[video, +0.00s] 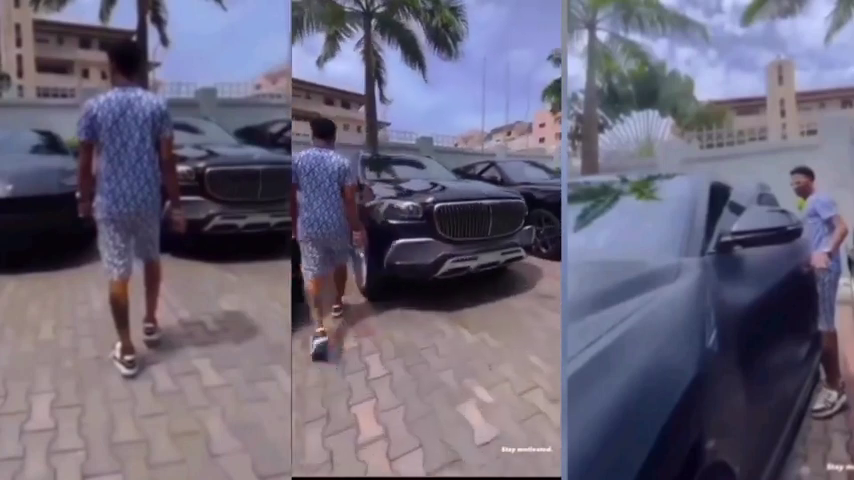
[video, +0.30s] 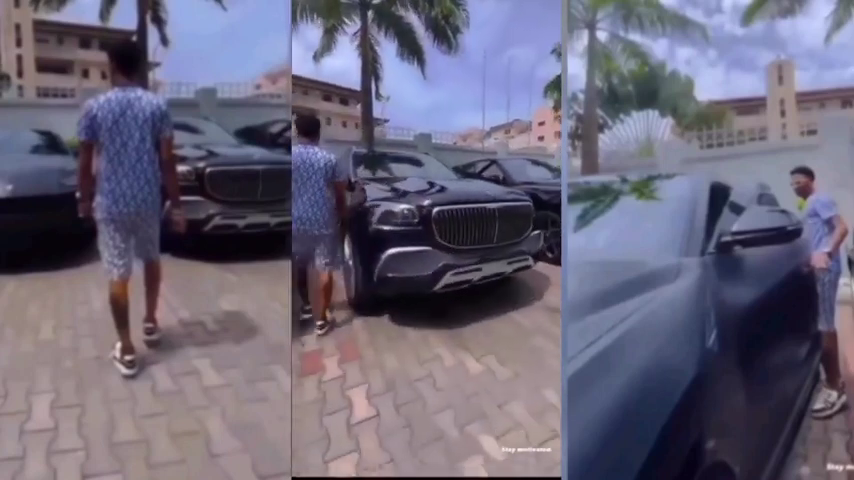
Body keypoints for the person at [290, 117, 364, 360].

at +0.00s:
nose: (325, 141)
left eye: (319, 135)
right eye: (330, 137)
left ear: (313, 135)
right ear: (334, 137)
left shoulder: (299, 160)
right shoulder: (342, 163)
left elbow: (293, 197)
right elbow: (349, 198)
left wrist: (295, 226)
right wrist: (356, 225)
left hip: (308, 226)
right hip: (336, 225)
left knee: (313, 277)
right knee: (340, 263)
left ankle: (319, 327)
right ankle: (338, 301)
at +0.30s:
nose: (298, 134)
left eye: (297, 130)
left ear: (297, 132)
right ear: (318, 132)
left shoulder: (289, 156)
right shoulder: (328, 159)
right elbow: (339, 193)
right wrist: (342, 216)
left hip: (296, 221)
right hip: (324, 221)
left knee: (299, 266)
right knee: (324, 269)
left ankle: (301, 306)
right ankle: (322, 318)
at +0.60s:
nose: (303, 139)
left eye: (297, 135)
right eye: (308, 134)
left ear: (294, 136)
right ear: (315, 135)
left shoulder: (289, 160)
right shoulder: (325, 161)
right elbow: (336, 190)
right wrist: (335, 206)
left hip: (299, 222)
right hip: (324, 221)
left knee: (307, 264)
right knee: (327, 267)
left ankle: (317, 297)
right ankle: (323, 320)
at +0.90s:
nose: (323, 138)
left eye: (317, 134)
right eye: (328, 134)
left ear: (311, 135)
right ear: (331, 135)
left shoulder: (300, 159)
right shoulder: (340, 158)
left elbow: (298, 188)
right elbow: (348, 188)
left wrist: (305, 207)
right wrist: (350, 206)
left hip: (315, 214)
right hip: (340, 213)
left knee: (325, 259)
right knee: (350, 250)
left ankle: (334, 302)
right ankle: (349, 290)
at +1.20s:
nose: (354, 145)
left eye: (349, 142)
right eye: (357, 142)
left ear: (344, 143)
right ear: (362, 143)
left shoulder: (333, 165)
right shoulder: (368, 165)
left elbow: (333, 193)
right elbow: (373, 193)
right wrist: (382, 187)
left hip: (344, 217)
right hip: (366, 216)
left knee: (351, 260)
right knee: (369, 256)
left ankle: (357, 307)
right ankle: (367, 283)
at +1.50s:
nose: (392, 148)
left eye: (386, 145)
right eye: (393, 145)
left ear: (378, 146)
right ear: (394, 146)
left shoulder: (369, 165)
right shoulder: (395, 167)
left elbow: (368, 186)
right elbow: (396, 196)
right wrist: (406, 191)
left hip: (374, 213)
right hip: (392, 214)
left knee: (375, 250)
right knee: (394, 253)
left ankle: (377, 283)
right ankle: (390, 286)